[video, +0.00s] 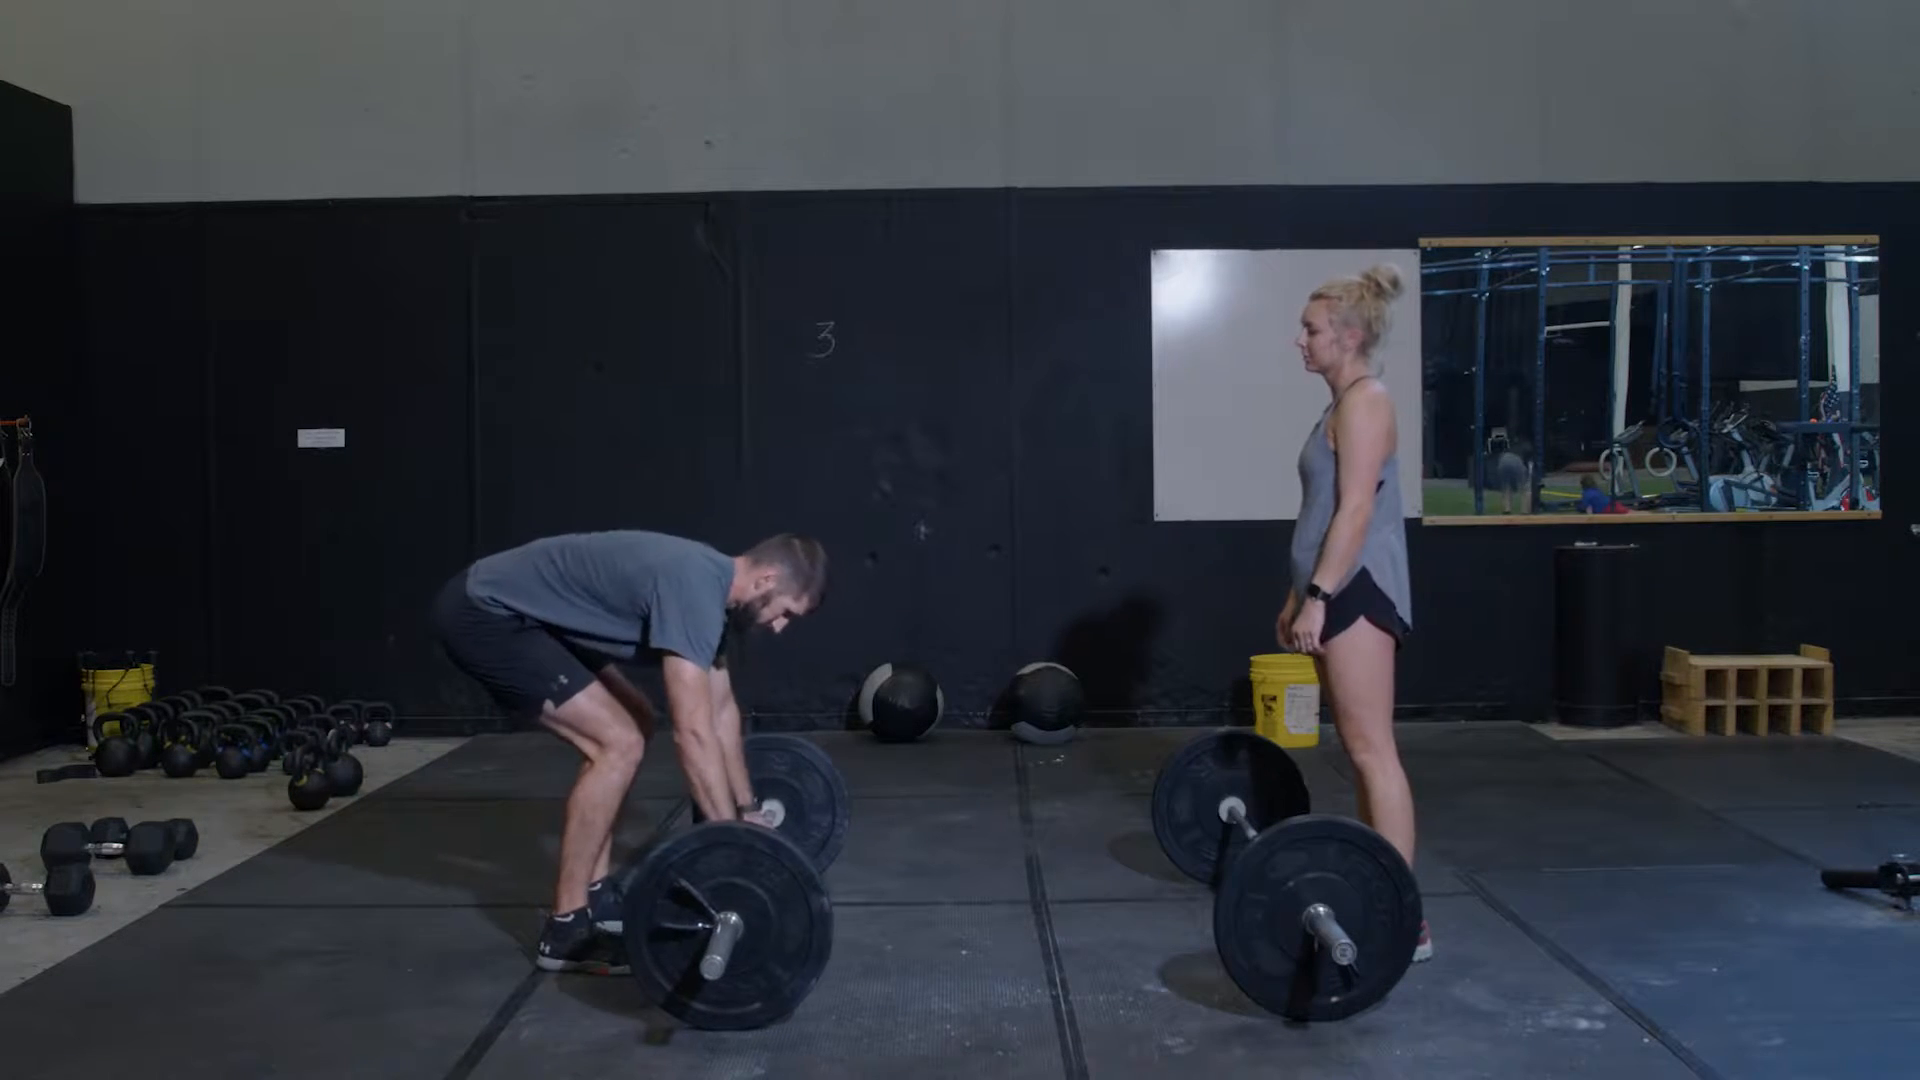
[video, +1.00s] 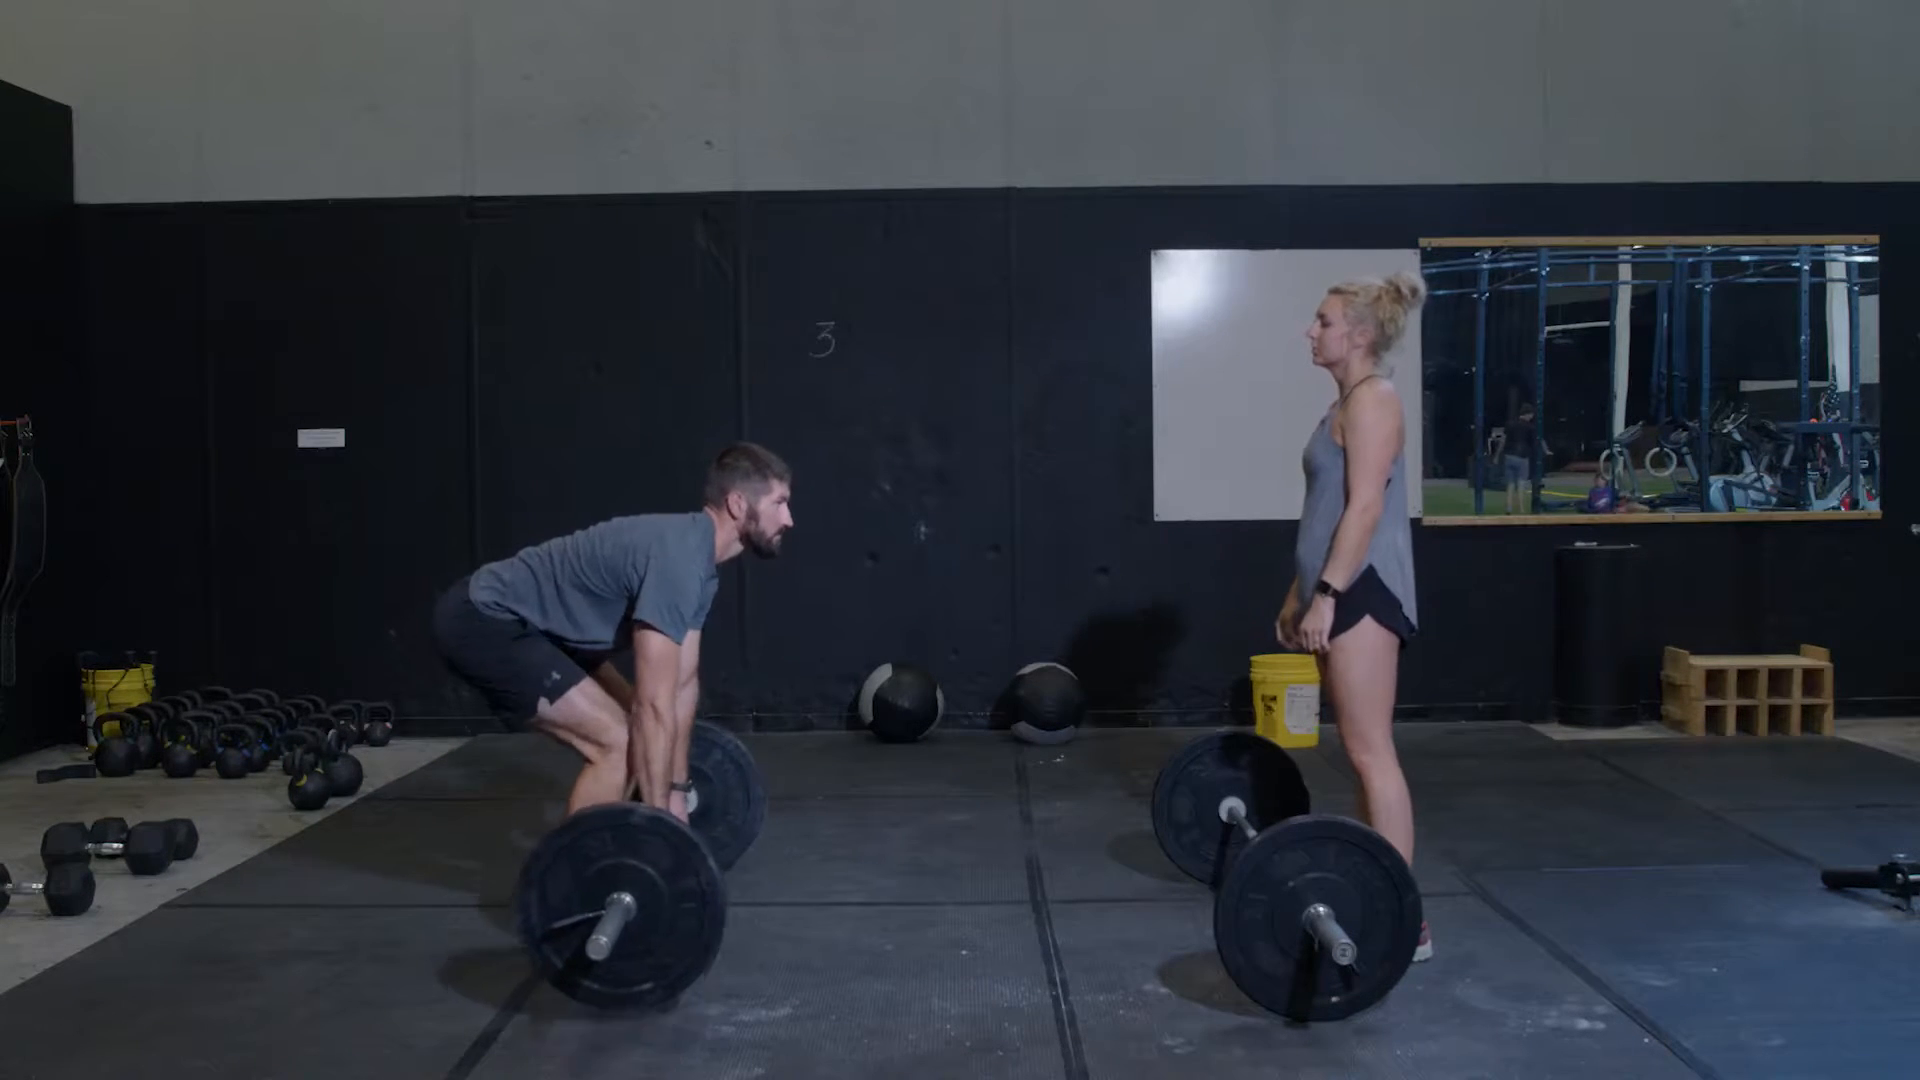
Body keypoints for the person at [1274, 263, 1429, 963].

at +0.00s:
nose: (1301, 341)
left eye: (1312, 330)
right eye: (1303, 329)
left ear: (1351, 337)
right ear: (1342, 339)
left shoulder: (1365, 403)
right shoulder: (1341, 407)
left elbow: (1356, 511)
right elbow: (1326, 515)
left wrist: (1318, 595)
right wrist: (1299, 594)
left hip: (1361, 594)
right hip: (1340, 592)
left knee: (1373, 751)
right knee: (1364, 750)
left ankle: (1399, 911)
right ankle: (1385, 904)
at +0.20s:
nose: (1302, 341)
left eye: (1313, 331)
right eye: (1304, 329)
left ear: (1351, 339)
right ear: (1343, 340)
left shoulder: (1364, 405)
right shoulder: (1342, 408)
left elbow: (1357, 512)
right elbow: (1327, 516)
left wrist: (1320, 597)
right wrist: (1301, 595)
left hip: (1361, 596)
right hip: (1341, 595)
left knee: (1370, 751)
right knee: (1362, 750)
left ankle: (1399, 911)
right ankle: (1383, 904)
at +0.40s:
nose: (1304, 341)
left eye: (1316, 331)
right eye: (1307, 330)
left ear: (1354, 340)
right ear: (1342, 341)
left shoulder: (1366, 407)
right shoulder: (1339, 410)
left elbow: (1362, 517)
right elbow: (1324, 517)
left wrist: (1325, 600)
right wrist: (1300, 593)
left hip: (1363, 596)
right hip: (1341, 595)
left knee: (1366, 748)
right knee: (1360, 747)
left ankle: (1399, 911)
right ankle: (1386, 904)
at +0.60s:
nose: (1306, 338)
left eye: (1319, 329)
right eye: (1309, 327)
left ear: (1356, 339)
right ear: (1342, 340)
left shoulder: (1370, 407)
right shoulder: (1336, 410)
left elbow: (1364, 515)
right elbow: (1321, 516)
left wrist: (1326, 599)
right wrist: (1297, 591)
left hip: (1363, 596)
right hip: (1339, 594)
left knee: (1367, 751)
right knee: (1359, 750)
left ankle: (1400, 911)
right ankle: (1385, 903)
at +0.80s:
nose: (1309, 334)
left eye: (1322, 326)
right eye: (1312, 324)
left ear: (1358, 337)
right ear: (1342, 337)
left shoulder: (1371, 404)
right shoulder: (1339, 407)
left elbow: (1366, 511)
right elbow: (1324, 513)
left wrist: (1327, 597)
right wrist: (1297, 589)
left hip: (1364, 596)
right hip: (1340, 594)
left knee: (1367, 749)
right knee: (1359, 748)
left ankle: (1399, 911)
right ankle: (1385, 903)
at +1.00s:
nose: (1312, 332)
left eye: (1325, 322)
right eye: (1315, 321)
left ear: (1361, 334)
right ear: (1346, 335)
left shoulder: (1372, 401)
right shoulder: (1344, 405)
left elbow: (1366, 508)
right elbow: (1326, 513)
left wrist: (1327, 592)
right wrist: (1300, 590)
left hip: (1366, 594)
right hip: (1343, 592)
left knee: (1371, 751)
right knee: (1362, 750)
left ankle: (1399, 912)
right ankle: (1380, 903)